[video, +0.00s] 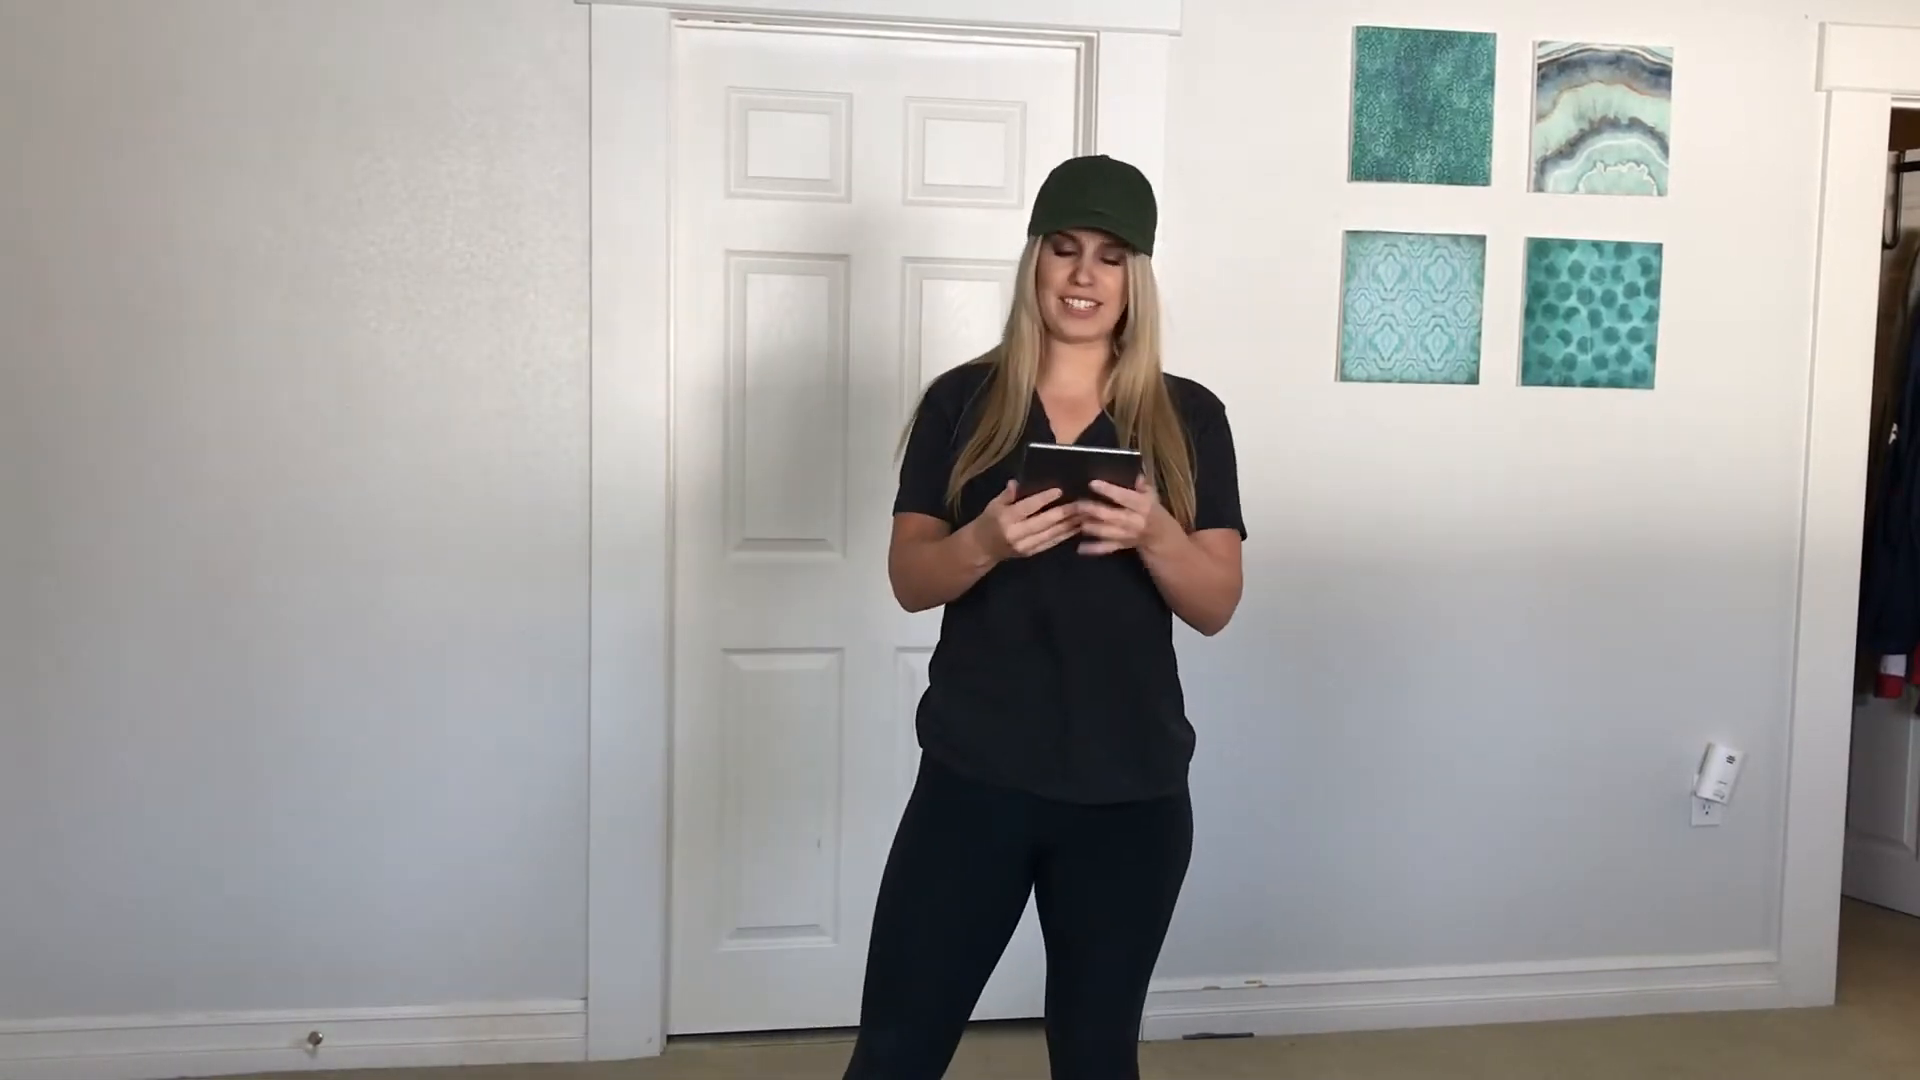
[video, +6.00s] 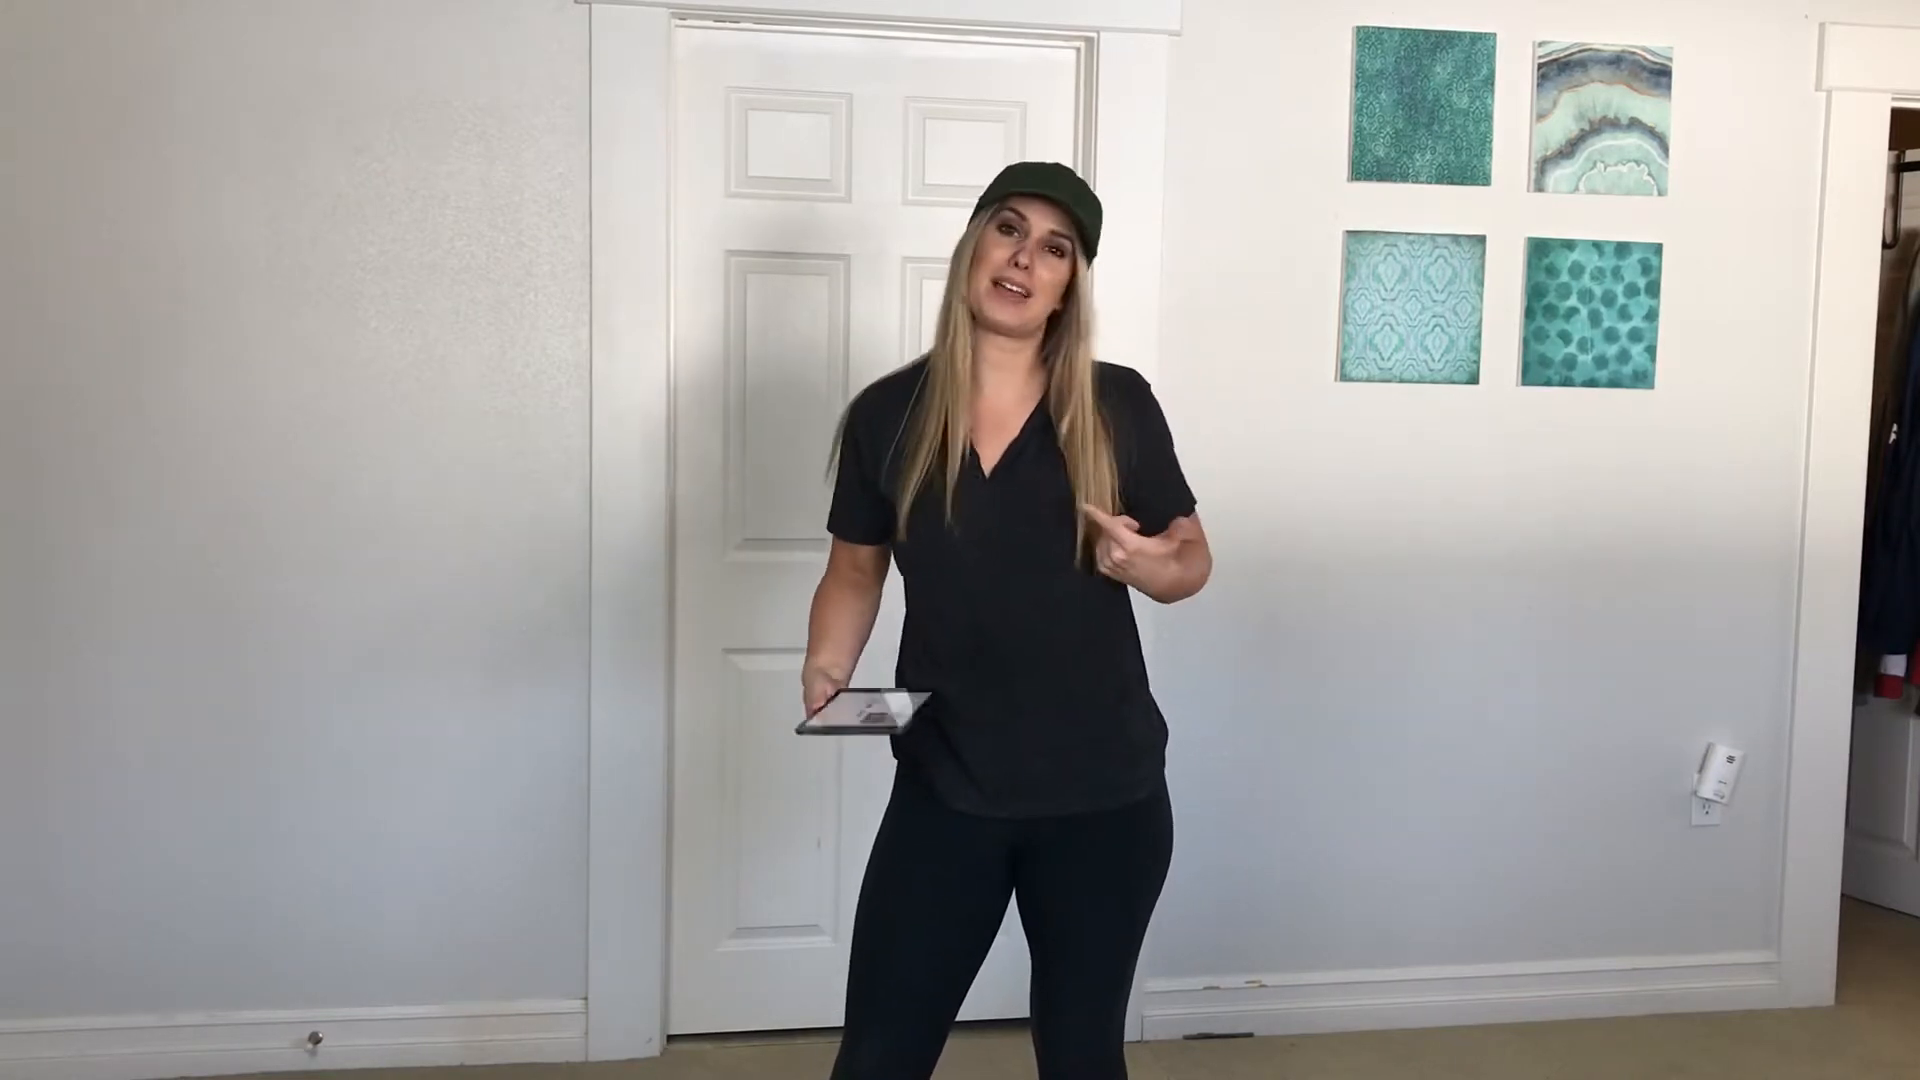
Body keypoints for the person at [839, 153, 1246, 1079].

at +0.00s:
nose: (1082, 275)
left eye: (1108, 257)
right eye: (1064, 250)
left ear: (1136, 277)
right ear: (1032, 263)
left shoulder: (1187, 416)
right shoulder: (959, 402)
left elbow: (1216, 604)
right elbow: (910, 579)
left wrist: (1158, 534)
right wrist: (984, 542)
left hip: (1128, 790)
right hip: (972, 780)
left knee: (1096, 1053)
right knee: (896, 1052)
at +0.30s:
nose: (1065, 254)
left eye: (1092, 237)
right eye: (1046, 232)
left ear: (1124, 264)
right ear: (1017, 252)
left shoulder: (1181, 420)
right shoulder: (950, 406)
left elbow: (1215, 596)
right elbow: (908, 559)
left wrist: (1146, 609)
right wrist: (902, 627)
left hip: (1125, 798)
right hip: (969, 788)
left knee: (1096, 1058)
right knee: (895, 1055)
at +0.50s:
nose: (1054, 249)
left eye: (1082, 233)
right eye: (1035, 226)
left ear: (1111, 264)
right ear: (1003, 246)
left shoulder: (1165, 413)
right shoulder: (937, 404)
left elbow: (1205, 600)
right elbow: (899, 559)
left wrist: (1259, 560)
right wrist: (855, 653)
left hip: (1116, 786)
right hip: (963, 780)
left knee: (1090, 1051)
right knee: (890, 1051)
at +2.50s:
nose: (1011, 273)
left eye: (1039, 255)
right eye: (993, 245)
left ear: (1069, 280)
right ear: (959, 259)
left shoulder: (1119, 409)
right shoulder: (892, 412)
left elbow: (1158, 567)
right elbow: (856, 569)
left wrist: (1186, 599)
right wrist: (829, 664)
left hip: (1095, 792)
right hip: (941, 787)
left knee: (1079, 1055)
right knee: (876, 1058)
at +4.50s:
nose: (1015, 272)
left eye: (1044, 256)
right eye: (998, 246)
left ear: (1076, 281)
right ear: (967, 261)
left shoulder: (1132, 411)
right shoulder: (907, 408)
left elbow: (1178, 598)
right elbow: (875, 562)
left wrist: (1229, 559)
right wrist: (840, 658)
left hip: (1096, 792)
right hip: (943, 786)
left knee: (1078, 1055)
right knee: (875, 1056)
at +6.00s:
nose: (1023, 258)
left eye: (1052, 248)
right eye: (1008, 230)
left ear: (1072, 283)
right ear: (970, 247)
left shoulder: (1116, 402)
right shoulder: (888, 414)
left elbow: (1191, 562)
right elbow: (853, 573)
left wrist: (1144, 565)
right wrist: (828, 666)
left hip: (1100, 792)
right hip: (945, 791)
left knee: (1081, 1055)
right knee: (878, 1056)